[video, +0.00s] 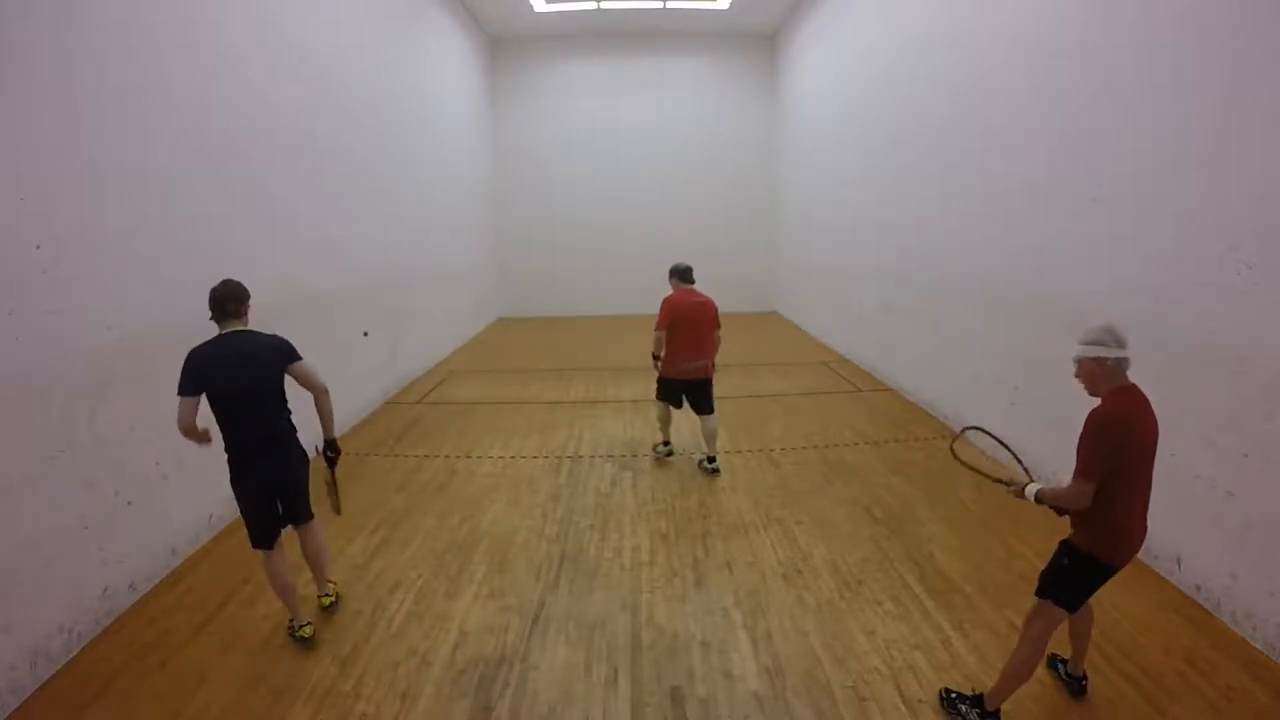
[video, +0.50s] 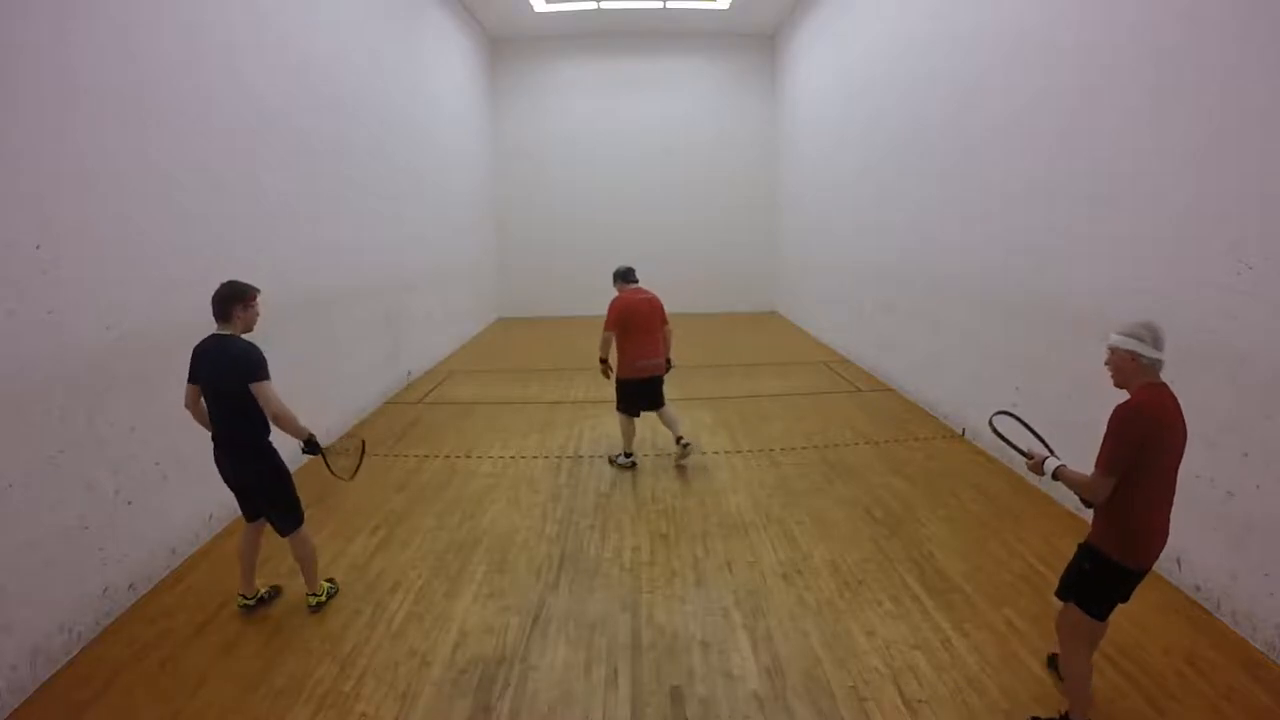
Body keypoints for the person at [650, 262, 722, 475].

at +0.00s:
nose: (670, 285)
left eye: (670, 281)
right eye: (670, 282)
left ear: (674, 280)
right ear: (692, 279)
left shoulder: (670, 302)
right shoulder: (708, 302)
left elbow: (659, 334)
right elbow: (716, 337)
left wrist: (656, 356)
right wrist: (711, 359)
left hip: (674, 370)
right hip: (702, 370)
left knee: (663, 402)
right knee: (707, 414)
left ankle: (665, 443)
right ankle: (712, 459)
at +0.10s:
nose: (662, 287)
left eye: (662, 284)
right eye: (662, 284)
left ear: (665, 282)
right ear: (683, 281)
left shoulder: (663, 304)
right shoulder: (701, 303)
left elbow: (652, 336)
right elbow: (711, 336)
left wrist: (646, 356)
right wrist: (710, 359)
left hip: (668, 372)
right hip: (698, 371)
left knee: (650, 405)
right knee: (705, 414)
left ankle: (645, 448)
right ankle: (712, 460)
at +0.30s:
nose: (638, 292)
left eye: (637, 289)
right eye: (637, 289)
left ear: (641, 286)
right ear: (657, 284)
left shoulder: (641, 307)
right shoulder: (676, 304)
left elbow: (630, 341)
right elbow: (690, 336)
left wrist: (623, 363)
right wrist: (691, 361)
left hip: (650, 376)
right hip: (679, 374)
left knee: (636, 414)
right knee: (692, 415)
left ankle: (628, 455)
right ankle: (709, 457)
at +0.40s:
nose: (625, 291)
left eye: (624, 287)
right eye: (624, 288)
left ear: (628, 285)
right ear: (644, 282)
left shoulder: (629, 305)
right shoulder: (663, 302)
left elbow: (620, 338)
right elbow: (676, 333)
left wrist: (614, 362)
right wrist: (678, 359)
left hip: (638, 373)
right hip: (667, 370)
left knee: (629, 413)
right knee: (677, 412)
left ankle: (628, 455)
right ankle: (701, 449)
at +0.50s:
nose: (616, 289)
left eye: (615, 285)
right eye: (615, 286)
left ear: (619, 283)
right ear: (635, 280)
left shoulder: (619, 302)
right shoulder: (653, 299)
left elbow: (608, 335)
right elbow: (666, 329)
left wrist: (603, 360)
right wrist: (667, 356)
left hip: (630, 369)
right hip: (656, 366)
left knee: (626, 412)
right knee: (659, 405)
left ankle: (627, 455)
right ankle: (680, 439)